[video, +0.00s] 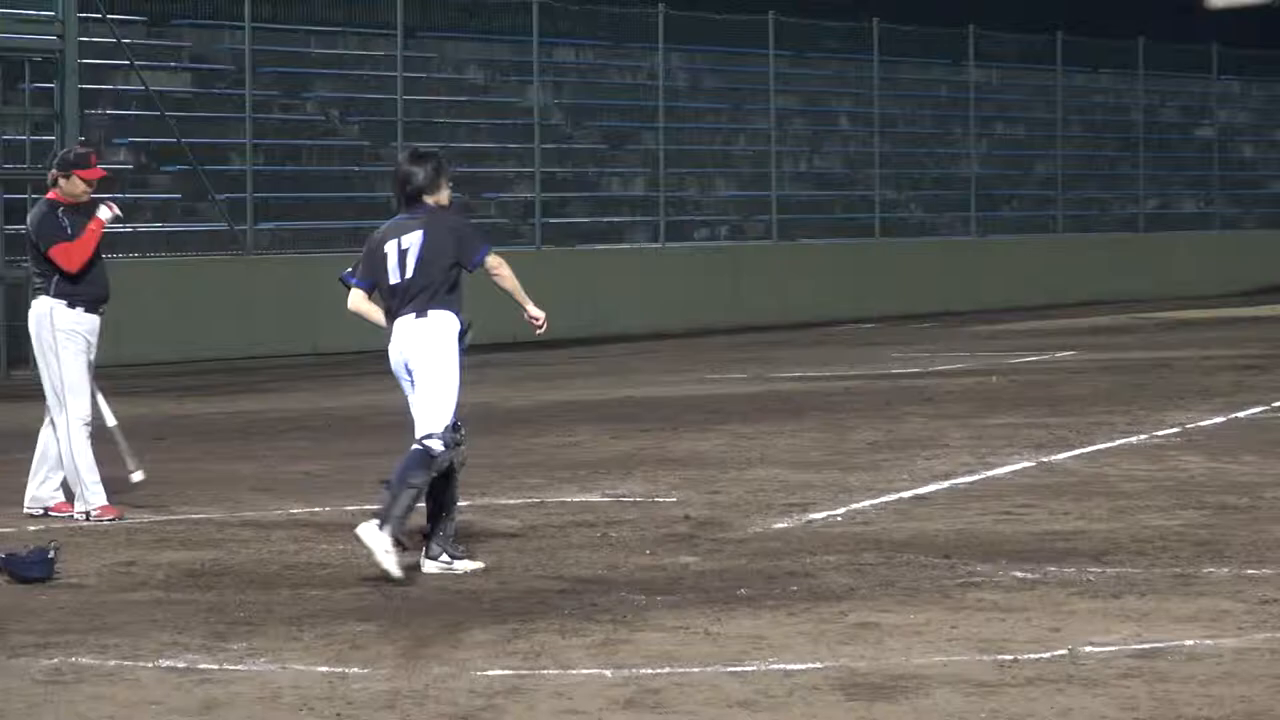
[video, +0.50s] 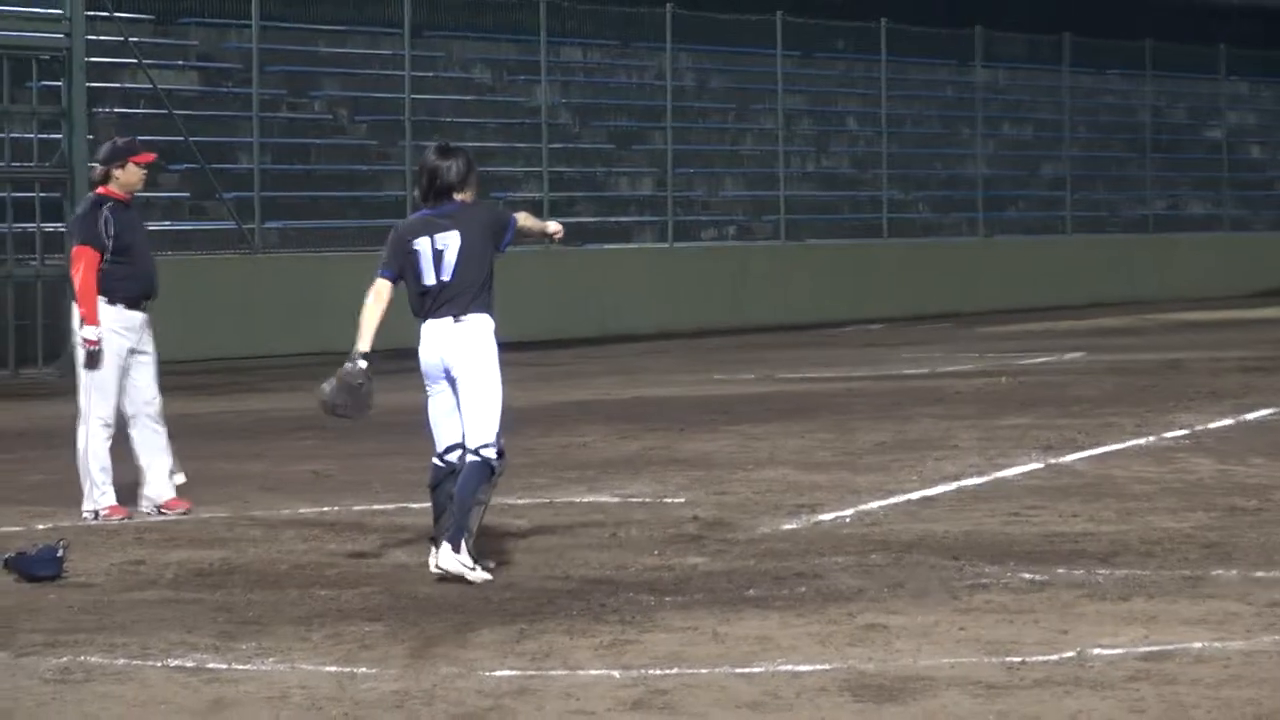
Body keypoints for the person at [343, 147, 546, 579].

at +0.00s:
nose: (451, 190)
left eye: (449, 182)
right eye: (447, 183)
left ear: (407, 191)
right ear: (434, 188)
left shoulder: (382, 236)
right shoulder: (449, 223)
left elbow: (356, 300)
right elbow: (495, 265)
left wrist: (397, 321)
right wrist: (528, 304)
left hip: (399, 339)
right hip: (435, 332)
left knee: (447, 440)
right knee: (436, 440)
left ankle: (439, 548)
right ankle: (384, 527)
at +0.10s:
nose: (463, 190)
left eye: (461, 182)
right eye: (460, 183)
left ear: (420, 187)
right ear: (449, 186)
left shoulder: (392, 230)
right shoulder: (465, 219)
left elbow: (363, 289)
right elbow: (509, 252)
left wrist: (384, 335)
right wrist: (536, 278)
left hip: (407, 335)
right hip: (446, 328)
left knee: (441, 440)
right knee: (452, 436)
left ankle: (448, 546)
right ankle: (420, 525)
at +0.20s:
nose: (468, 188)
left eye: (466, 180)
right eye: (465, 181)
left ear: (424, 184)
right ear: (454, 185)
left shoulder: (398, 228)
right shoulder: (471, 217)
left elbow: (372, 291)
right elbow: (515, 236)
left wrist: (366, 353)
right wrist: (539, 251)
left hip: (416, 333)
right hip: (457, 328)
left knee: (440, 441)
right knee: (470, 434)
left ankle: (443, 541)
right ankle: (440, 524)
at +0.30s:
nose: (467, 194)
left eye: (464, 187)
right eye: (464, 187)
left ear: (423, 191)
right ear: (455, 191)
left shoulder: (399, 235)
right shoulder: (474, 221)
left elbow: (371, 298)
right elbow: (515, 233)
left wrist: (351, 361)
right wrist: (538, 243)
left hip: (421, 342)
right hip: (462, 336)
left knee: (443, 450)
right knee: (477, 442)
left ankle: (440, 549)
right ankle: (451, 537)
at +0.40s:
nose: (467, 194)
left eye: (464, 188)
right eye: (464, 188)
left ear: (422, 190)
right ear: (456, 191)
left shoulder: (400, 234)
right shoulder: (473, 219)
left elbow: (371, 296)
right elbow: (516, 227)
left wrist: (347, 358)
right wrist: (541, 234)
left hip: (425, 343)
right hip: (465, 337)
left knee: (445, 452)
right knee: (482, 448)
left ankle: (438, 549)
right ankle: (454, 541)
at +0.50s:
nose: (477, 191)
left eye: (474, 185)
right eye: (473, 185)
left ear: (428, 187)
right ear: (463, 188)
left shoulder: (405, 231)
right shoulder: (481, 217)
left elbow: (379, 292)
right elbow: (523, 222)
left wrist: (359, 357)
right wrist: (548, 228)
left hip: (431, 342)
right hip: (473, 337)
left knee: (448, 451)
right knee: (483, 448)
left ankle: (443, 546)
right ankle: (454, 545)